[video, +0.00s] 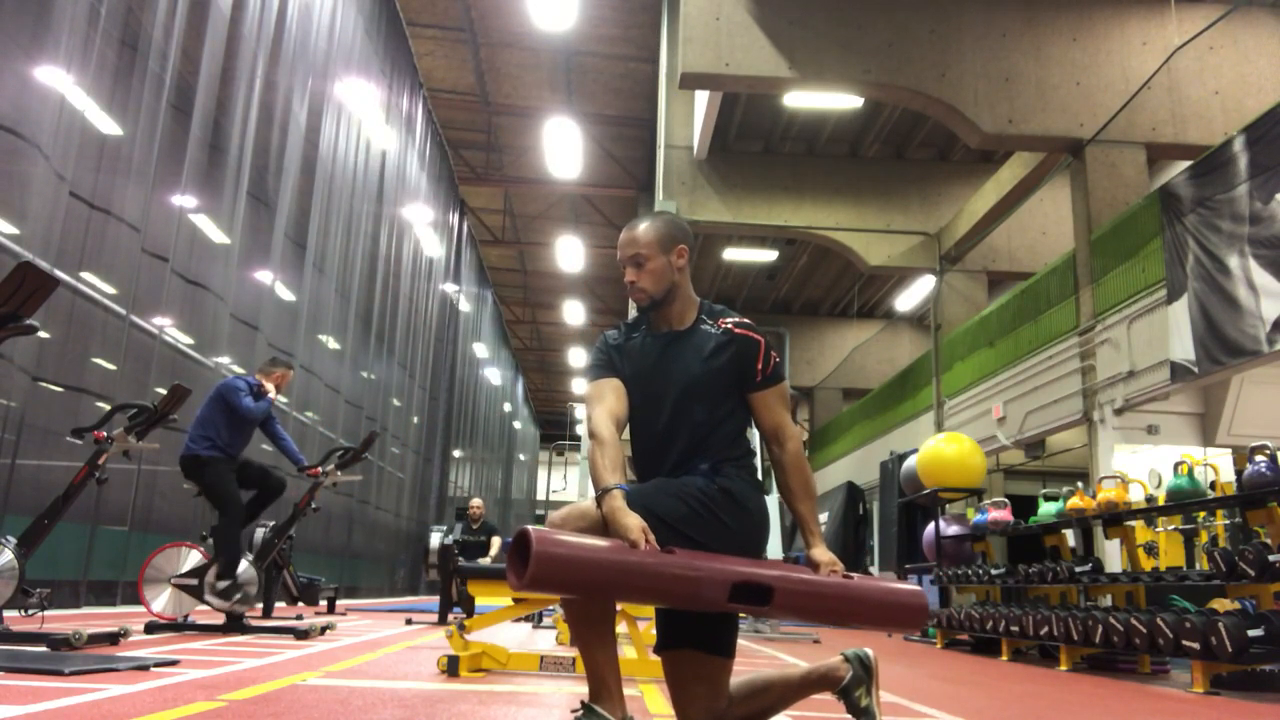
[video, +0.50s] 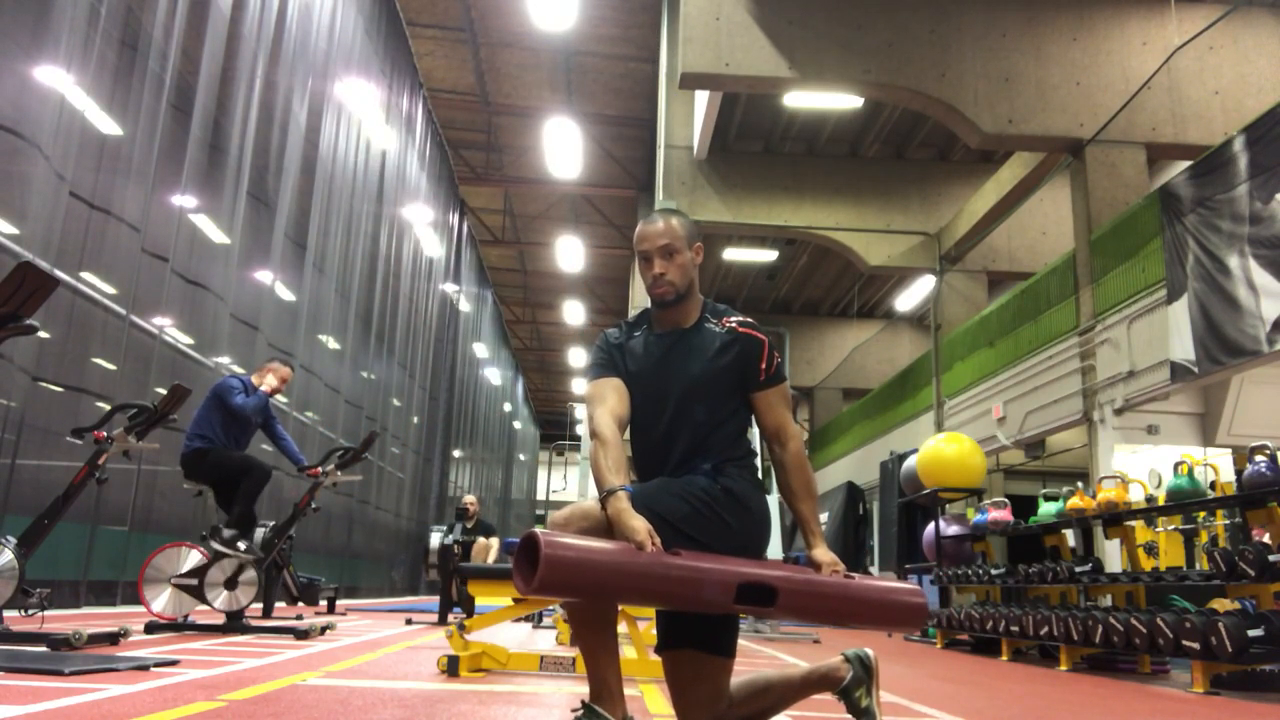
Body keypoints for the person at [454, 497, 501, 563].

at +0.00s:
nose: (474, 511)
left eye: (478, 508)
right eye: (472, 508)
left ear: (483, 511)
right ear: (468, 510)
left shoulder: (490, 527)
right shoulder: (461, 527)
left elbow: (496, 543)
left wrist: (489, 558)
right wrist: (456, 558)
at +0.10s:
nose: (473, 510)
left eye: (476, 507)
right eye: (470, 507)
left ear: (482, 510)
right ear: (467, 510)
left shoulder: (488, 527)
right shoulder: (459, 527)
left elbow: (496, 543)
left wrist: (489, 557)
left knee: (481, 555)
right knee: (456, 554)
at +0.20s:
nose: (471, 510)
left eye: (475, 507)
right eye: (469, 507)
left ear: (480, 509)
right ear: (465, 509)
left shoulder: (487, 527)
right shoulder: (458, 526)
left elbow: (495, 544)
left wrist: (488, 558)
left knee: (481, 550)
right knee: (455, 549)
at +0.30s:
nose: (469, 509)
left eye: (473, 506)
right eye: (467, 506)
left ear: (479, 509)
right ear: (463, 508)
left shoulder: (487, 527)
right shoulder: (457, 527)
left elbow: (495, 544)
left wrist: (489, 560)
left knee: (481, 547)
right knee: (455, 548)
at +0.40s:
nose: (468, 508)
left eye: (472, 505)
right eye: (466, 505)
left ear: (478, 508)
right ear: (462, 507)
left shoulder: (486, 527)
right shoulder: (456, 527)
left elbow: (495, 545)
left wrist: (489, 562)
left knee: (481, 543)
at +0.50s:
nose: (468, 507)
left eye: (471, 504)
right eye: (465, 504)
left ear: (477, 507)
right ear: (461, 507)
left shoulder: (487, 527)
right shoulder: (453, 527)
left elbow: (494, 546)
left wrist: (488, 565)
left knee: (481, 542)